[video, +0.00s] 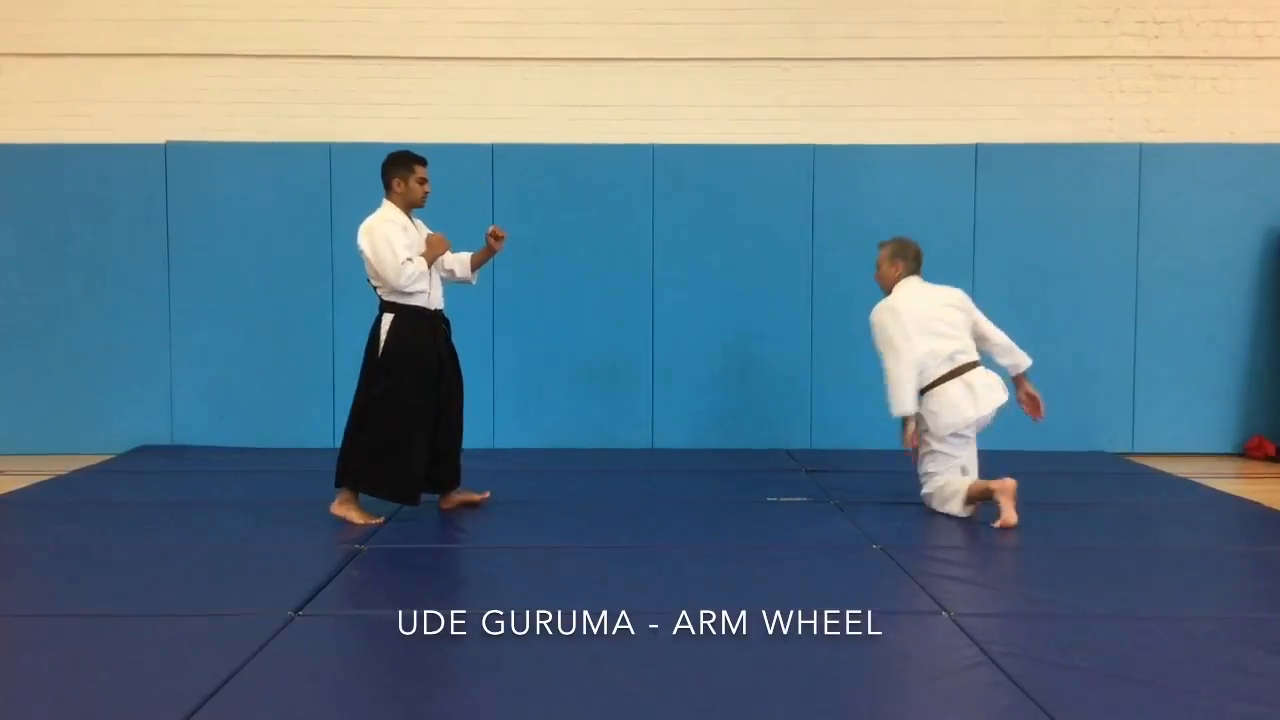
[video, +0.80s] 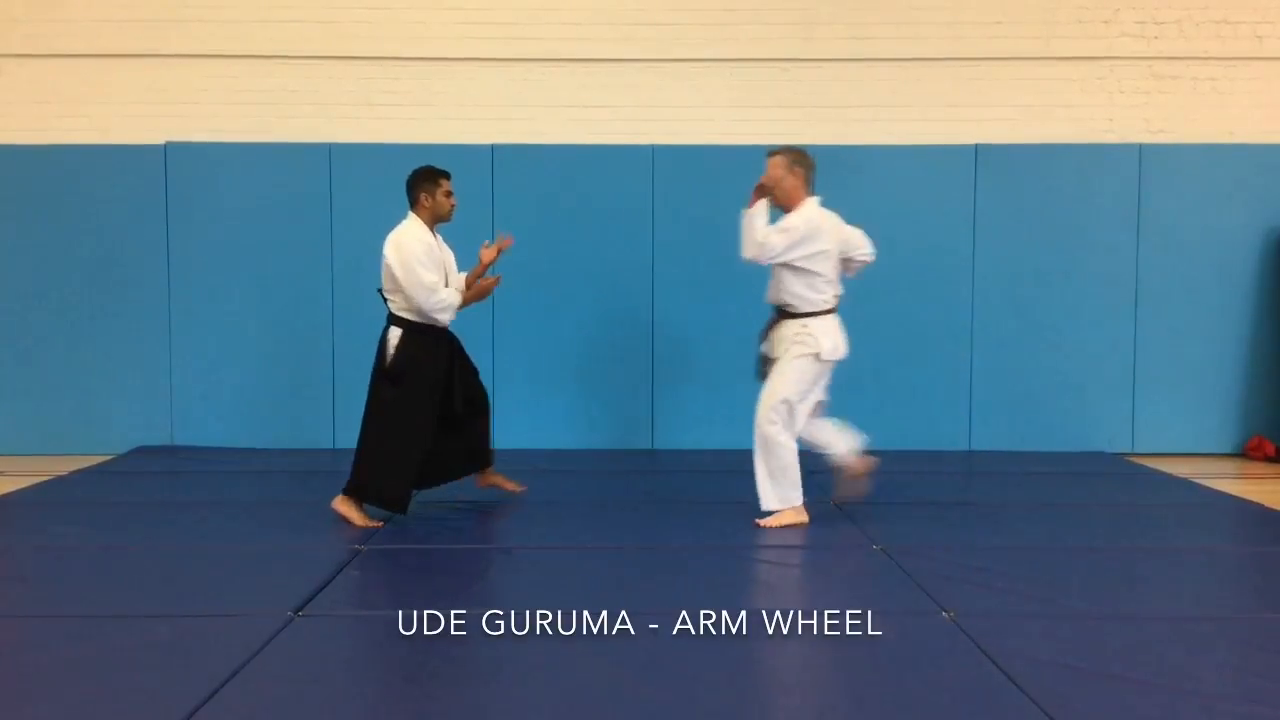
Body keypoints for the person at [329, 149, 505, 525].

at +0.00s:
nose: (428, 188)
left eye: (427, 181)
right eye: (421, 181)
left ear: (406, 185)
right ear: (397, 184)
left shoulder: (416, 228)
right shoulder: (376, 226)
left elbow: (450, 267)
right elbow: (401, 277)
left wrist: (487, 252)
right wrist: (430, 254)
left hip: (432, 327)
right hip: (399, 327)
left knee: (445, 407)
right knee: (377, 411)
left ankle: (449, 491)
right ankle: (346, 497)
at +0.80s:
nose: (453, 201)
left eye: (452, 194)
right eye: (447, 194)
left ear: (427, 199)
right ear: (424, 198)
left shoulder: (434, 240)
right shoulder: (406, 240)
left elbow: (455, 289)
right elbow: (433, 302)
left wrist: (481, 267)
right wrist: (473, 295)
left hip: (437, 338)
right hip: (408, 341)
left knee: (474, 401)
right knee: (390, 422)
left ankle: (484, 472)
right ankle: (350, 497)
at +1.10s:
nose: (493, 213)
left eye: (493, 206)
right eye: (486, 207)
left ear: (485, 211)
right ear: (465, 214)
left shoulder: (485, 248)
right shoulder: (463, 246)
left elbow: (512, 298)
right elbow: (527, 259)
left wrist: (526, 258)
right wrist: (547, 229)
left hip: (493, 346)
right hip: (464, 346)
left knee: (509, 412)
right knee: (435, 420)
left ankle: (514, 478)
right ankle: (384, 492)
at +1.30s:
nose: (507, 204)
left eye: (513, 197)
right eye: (501, 197)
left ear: (521, 202)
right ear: (489, 201)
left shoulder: (530, 242)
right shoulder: (474, 231)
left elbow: (544, 291)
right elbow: (444, 225)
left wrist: (520, 261)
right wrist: (471, 201)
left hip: (510, 336)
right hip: (472, 333)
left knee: (518, 407)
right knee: (470, 409)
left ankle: (517, 478)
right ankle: (438, 487)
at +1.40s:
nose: (510, 208)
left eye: (517, 203)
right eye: (504, 202)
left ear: (526, 205)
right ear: (493, 203)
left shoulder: (536, 243)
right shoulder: (474, 230)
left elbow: (535, 292)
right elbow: (423, 238)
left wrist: (503, 260)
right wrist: (451, 237)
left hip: (515, 338)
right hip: (474, 336)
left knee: (522, 411)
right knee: (469, 412)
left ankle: (520, 480)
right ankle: (458, 489)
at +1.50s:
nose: (500, 216)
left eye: (507, 209)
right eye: (494, 209)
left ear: (520, 209)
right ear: (487, 209)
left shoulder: (535, 250)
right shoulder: (469, 238)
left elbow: (530, 307)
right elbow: (420, 263)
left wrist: (485, 283)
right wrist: (442, 272)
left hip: (518, 345)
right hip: (476, 343)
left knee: (520, 413)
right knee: (474, 417)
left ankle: (517, 479)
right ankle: (481, 490)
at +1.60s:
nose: (487, 222)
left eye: (495, 215)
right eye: (482, 215)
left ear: (512, 214)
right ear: (477, 214)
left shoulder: (532, 253)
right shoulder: (465, 246)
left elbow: (539, 314)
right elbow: (422, 276)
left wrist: (496, 314)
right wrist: (445, 311)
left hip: (522, 348)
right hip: (479, 346)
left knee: (521, 415)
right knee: (479, 419)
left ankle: (517, 473)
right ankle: (484, 493)